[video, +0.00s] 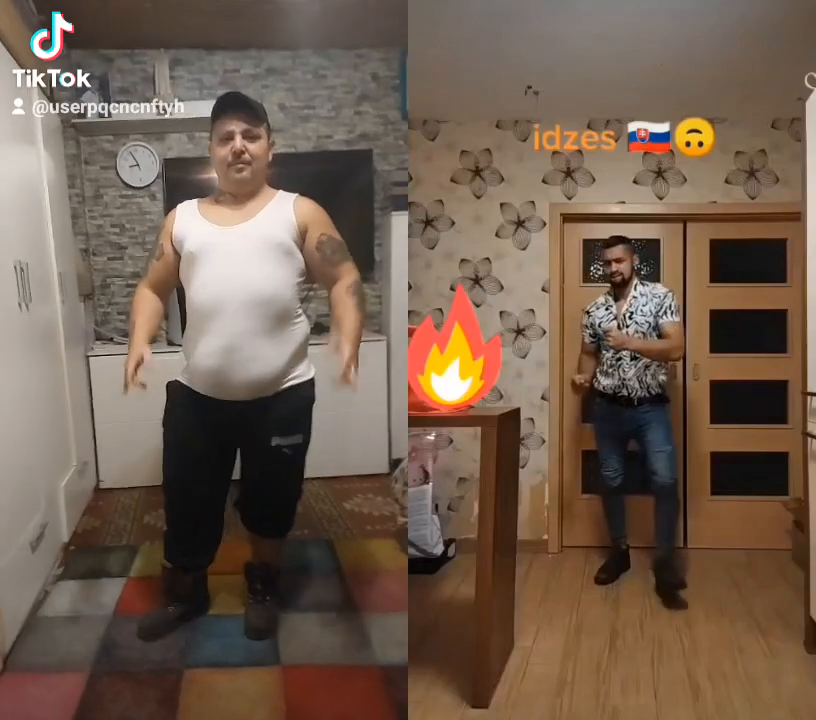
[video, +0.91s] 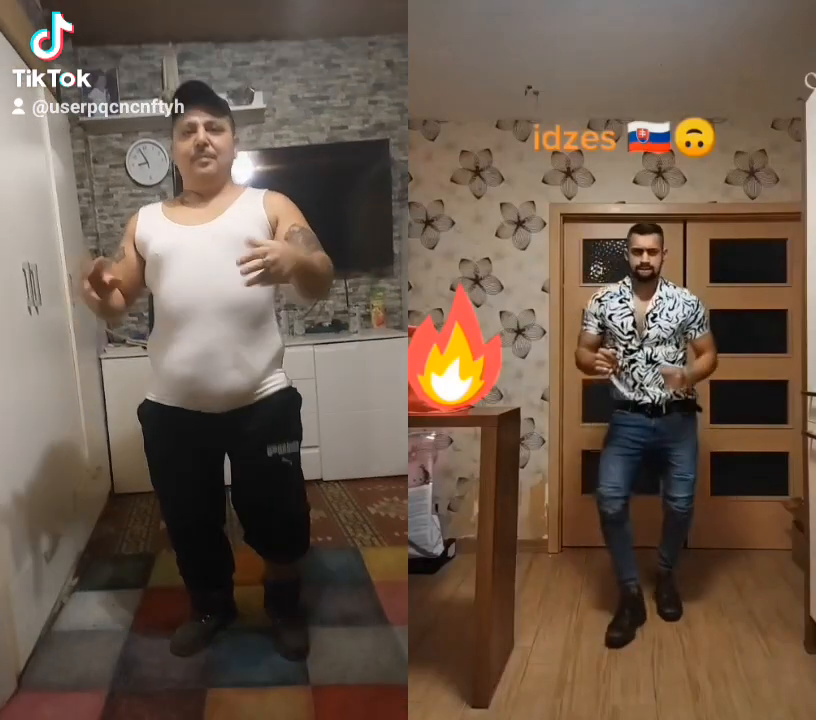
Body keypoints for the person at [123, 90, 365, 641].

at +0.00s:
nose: (239, 148)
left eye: (251, 137)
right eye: (227, 139)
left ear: (270, 148)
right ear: (212, 154)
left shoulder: (301, 215)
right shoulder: (182, 222)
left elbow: (344, 279)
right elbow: (153, 287)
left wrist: (348, 342)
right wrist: (139, 340)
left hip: (280, 395)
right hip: (198, 395)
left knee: (269, 508)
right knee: (187, 504)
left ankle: (263, 588)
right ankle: (186, 593)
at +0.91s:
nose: (202, 142)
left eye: (215, 130)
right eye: (188, 132)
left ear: (234, 143)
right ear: (172, 148)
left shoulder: (271, 208)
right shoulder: (146, 223)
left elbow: (319, 287)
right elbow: (116, 304)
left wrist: (298, 260)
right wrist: (101, 291)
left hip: (261, 401)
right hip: (174, 407)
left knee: (279, 521)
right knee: (190, 525)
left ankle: (286, 610)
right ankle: (211, 610)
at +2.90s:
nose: (199, 109)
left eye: (210, 95)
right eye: (183, 98)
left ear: (229, 106)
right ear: (164, 114)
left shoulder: (264, 169)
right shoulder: (151, 200)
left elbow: (319, 239)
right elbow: (131, 286)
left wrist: (250, 286)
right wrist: (113, 264)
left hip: (255, 372)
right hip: (169, 374)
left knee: (271, 490)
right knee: (164, 493)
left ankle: (282, 577)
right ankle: (171, 582)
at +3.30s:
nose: (220, 148)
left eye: (231, 137)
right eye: (206, 140)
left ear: (249, 149)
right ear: (189, 158)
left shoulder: (288, 200)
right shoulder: (176, 238)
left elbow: (355, 244)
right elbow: (160, 310)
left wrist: (323, 287)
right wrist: (170, 339)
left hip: (287, 398)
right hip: (201, 399)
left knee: (286, 518)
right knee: (183, 515)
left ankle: (274, 600)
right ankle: (176, 595)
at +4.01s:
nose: (255, 107)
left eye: (269, 99)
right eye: (245, 92)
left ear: (281, 117)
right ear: (216, 97)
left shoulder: (287, 198)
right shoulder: (168, 164)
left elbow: (298, 283)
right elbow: (113, 233)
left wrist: (304, 277)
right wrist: (167, 268)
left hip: (245, 374)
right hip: (158, 371)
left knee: (264, 495)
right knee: (152, 499)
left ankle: (268, 584)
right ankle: (147, 594)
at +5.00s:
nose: (195, 125)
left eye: (212, 110)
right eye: (185, 116)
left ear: (253, 119)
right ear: (178, 134)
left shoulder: (304, 196)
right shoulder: (166, 219)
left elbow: (363, 291)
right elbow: (125, 303)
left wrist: (337, 260)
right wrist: (89, 291)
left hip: (285, 436)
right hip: (181, 433)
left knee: (291, 579)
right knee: (152, 578)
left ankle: (280, 659)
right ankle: (142, 668)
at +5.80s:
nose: (210, 181)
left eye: (221, 164)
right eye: (194, 172)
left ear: (246, 176)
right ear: (176, 193)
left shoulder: (293, 248)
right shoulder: (158, 276)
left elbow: (350, 326)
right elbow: (123, 368)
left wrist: (353, 267)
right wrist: (120, 322)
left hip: (288, 480)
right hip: (186, 483)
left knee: (299, 627)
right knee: (152, 633)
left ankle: (292, 703)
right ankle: (136, 705)